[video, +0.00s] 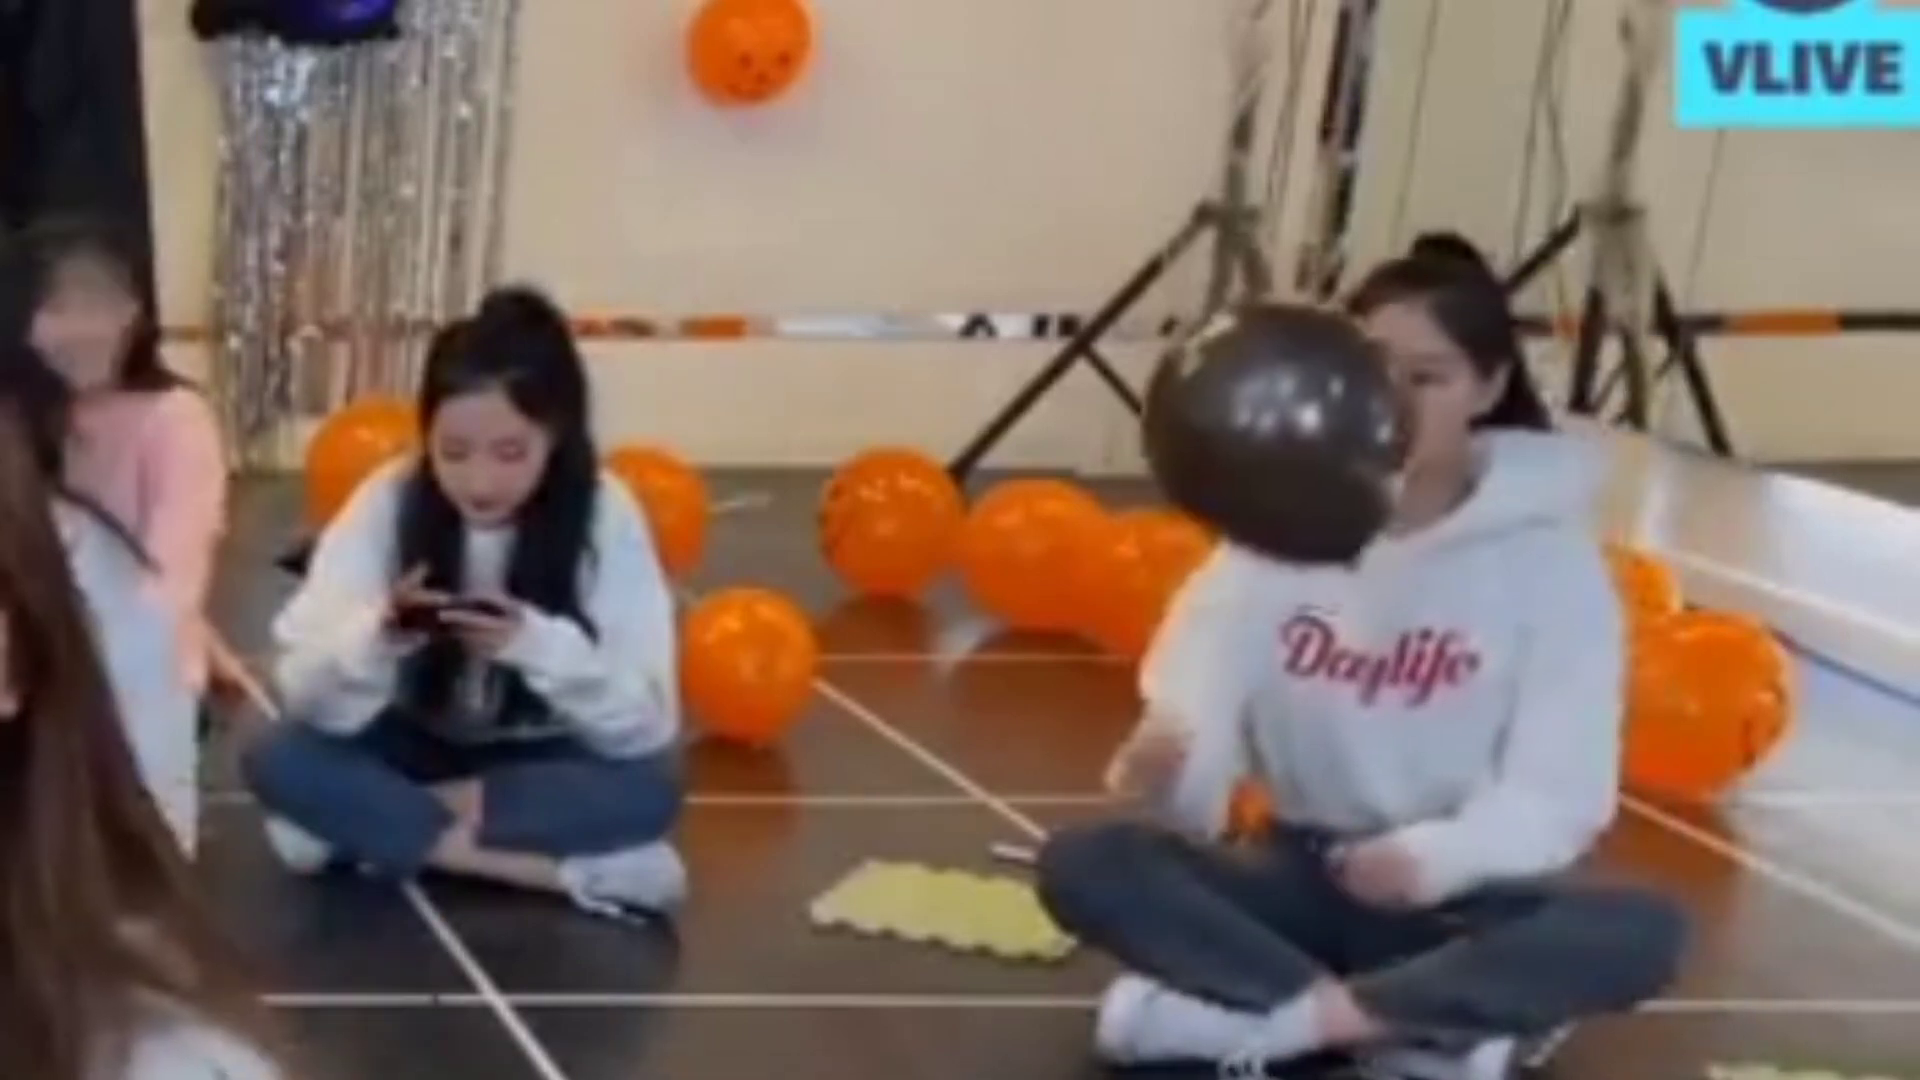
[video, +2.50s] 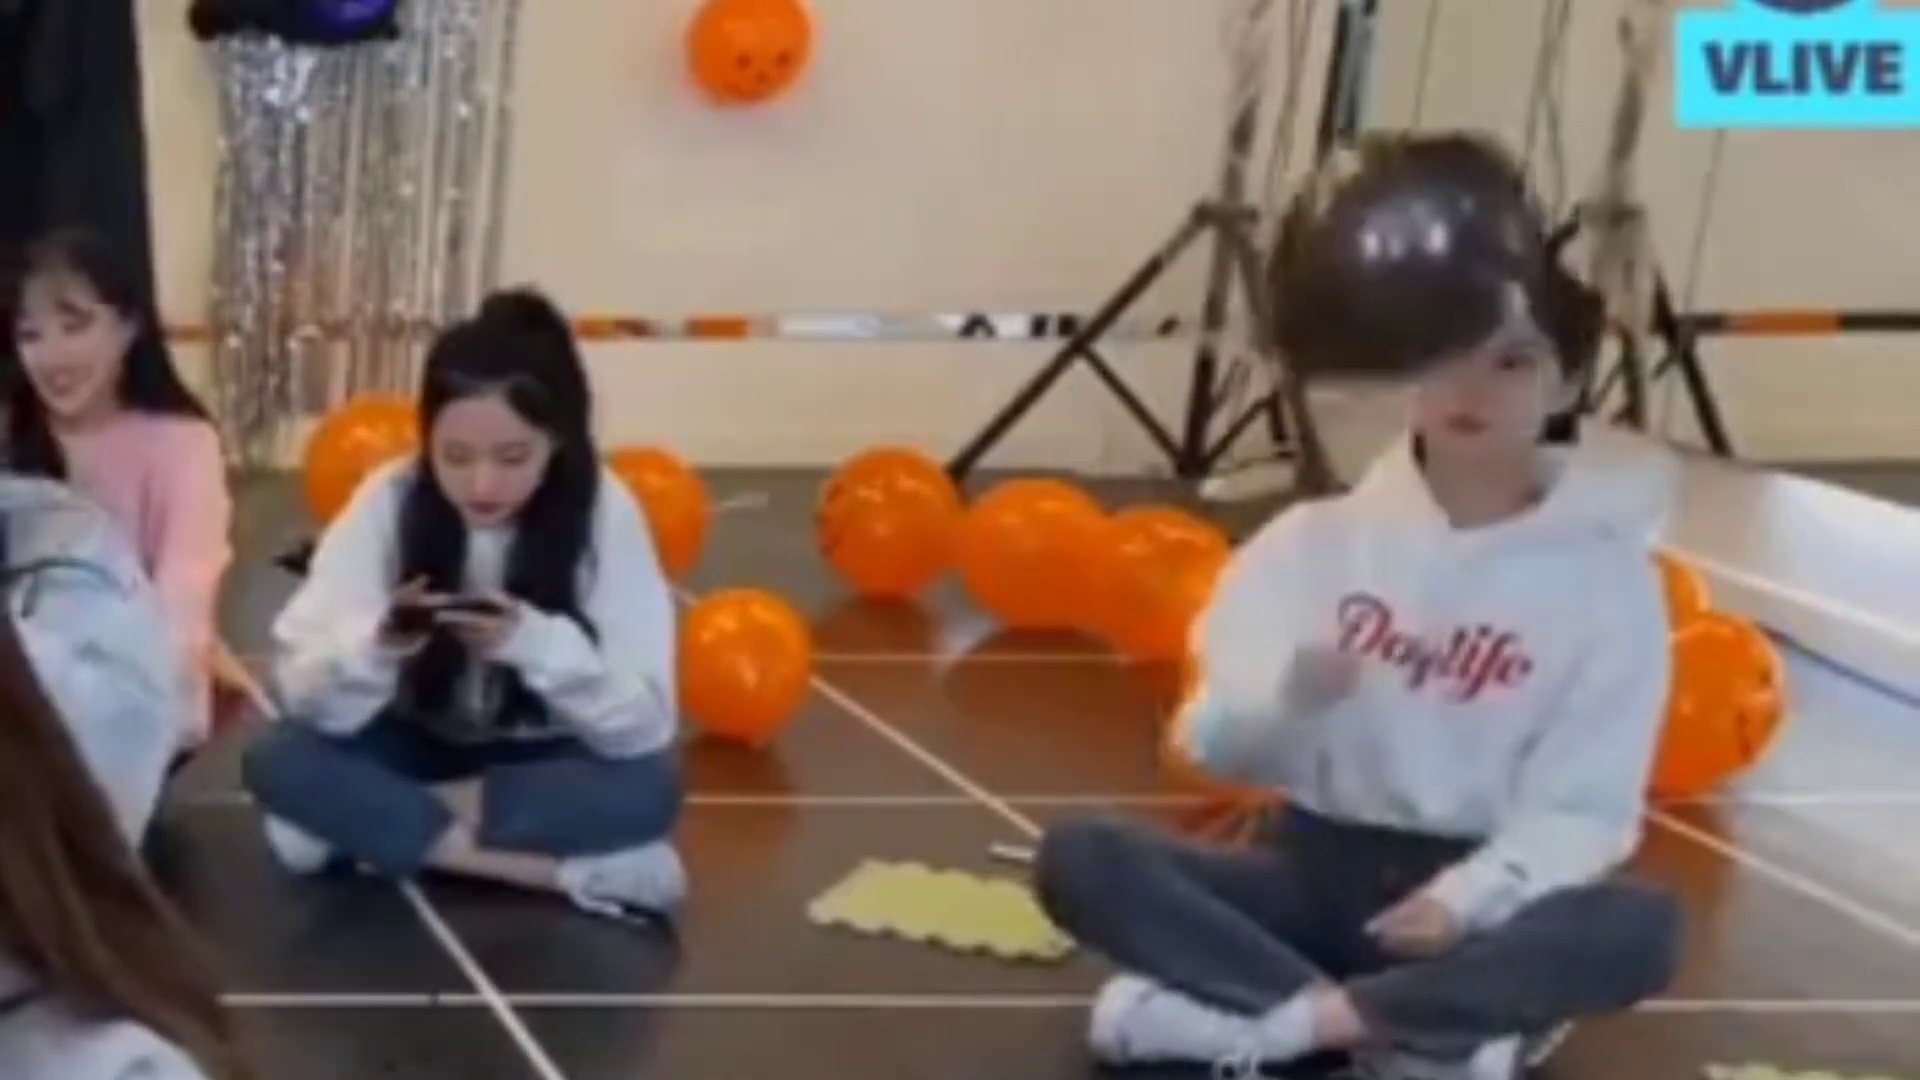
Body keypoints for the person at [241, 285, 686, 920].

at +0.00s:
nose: (479, 483)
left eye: (510, 455)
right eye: (454, 454)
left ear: (558, 440)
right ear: (425, 438)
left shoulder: (603, 515)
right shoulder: (388, 501)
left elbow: (645, 724)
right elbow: (308, 699)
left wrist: (531, 644)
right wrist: (383, 638)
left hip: (545, 743)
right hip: (409, 735)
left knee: (648, 791)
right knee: (275, 757)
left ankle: (367, 837)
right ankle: (550, 877)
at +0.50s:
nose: (480, 484)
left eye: (510, 456)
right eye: (454, 455)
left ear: (558, 440)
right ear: (425, 438)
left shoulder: (603, 515)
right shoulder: (387, 501)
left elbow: (645, 724)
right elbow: (307, 700)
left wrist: (532, 644)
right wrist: (383, 639)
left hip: (545, 743)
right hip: (408, 735)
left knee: (648, 790)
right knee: (277, 759)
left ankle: (366, 837)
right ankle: (549, 877)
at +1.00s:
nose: (481, 483)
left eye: (512, 457)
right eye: (456, 455)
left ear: (559, 442)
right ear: (426, 438)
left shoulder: (603, 514)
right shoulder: (389, 502)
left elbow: (646, 724)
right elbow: (306, 699)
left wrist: (533, 644)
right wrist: (382, 637)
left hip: (544, 744)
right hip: (408, 736)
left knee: (649, 792)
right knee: (279, 758)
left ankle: (364, 838)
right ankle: (549, 877)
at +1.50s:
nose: (483, 485)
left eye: (513, 457)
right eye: (457, 456)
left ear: (558, 442)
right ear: (427, 440)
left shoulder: (605, 515)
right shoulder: (390, 502)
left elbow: (646, 725)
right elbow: (304, 699)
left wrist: (535, 646)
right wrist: (382, 641)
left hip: (543, 744)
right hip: (407, 736)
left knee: (647, 793)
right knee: (296, 768)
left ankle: (375, 835)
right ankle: (550, 877)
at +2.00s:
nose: (481, 486)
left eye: (512, 459)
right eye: (457, 457)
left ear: (559, 445)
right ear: (426, 440)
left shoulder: (605, 513)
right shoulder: (388, 502)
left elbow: (644, 724)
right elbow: (305, 699)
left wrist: (529, 643)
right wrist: (386, 645)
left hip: (543, 745)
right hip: (410, 740)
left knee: (647, 790)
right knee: (276, 762)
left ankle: (367, 838)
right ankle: (550, 878)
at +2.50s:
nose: (482, 487)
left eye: (512, 459)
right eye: (457, 458)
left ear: (559, 445)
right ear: (426, 440)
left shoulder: (603, 513)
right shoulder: (389, 501)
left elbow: (644, 724)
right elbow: (305, 698)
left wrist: (529, 643)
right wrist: (383, 647)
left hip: (542, 744)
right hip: (409, 739)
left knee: (647, 789)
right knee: (276, 761)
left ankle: (367, 839)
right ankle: (550, 877)